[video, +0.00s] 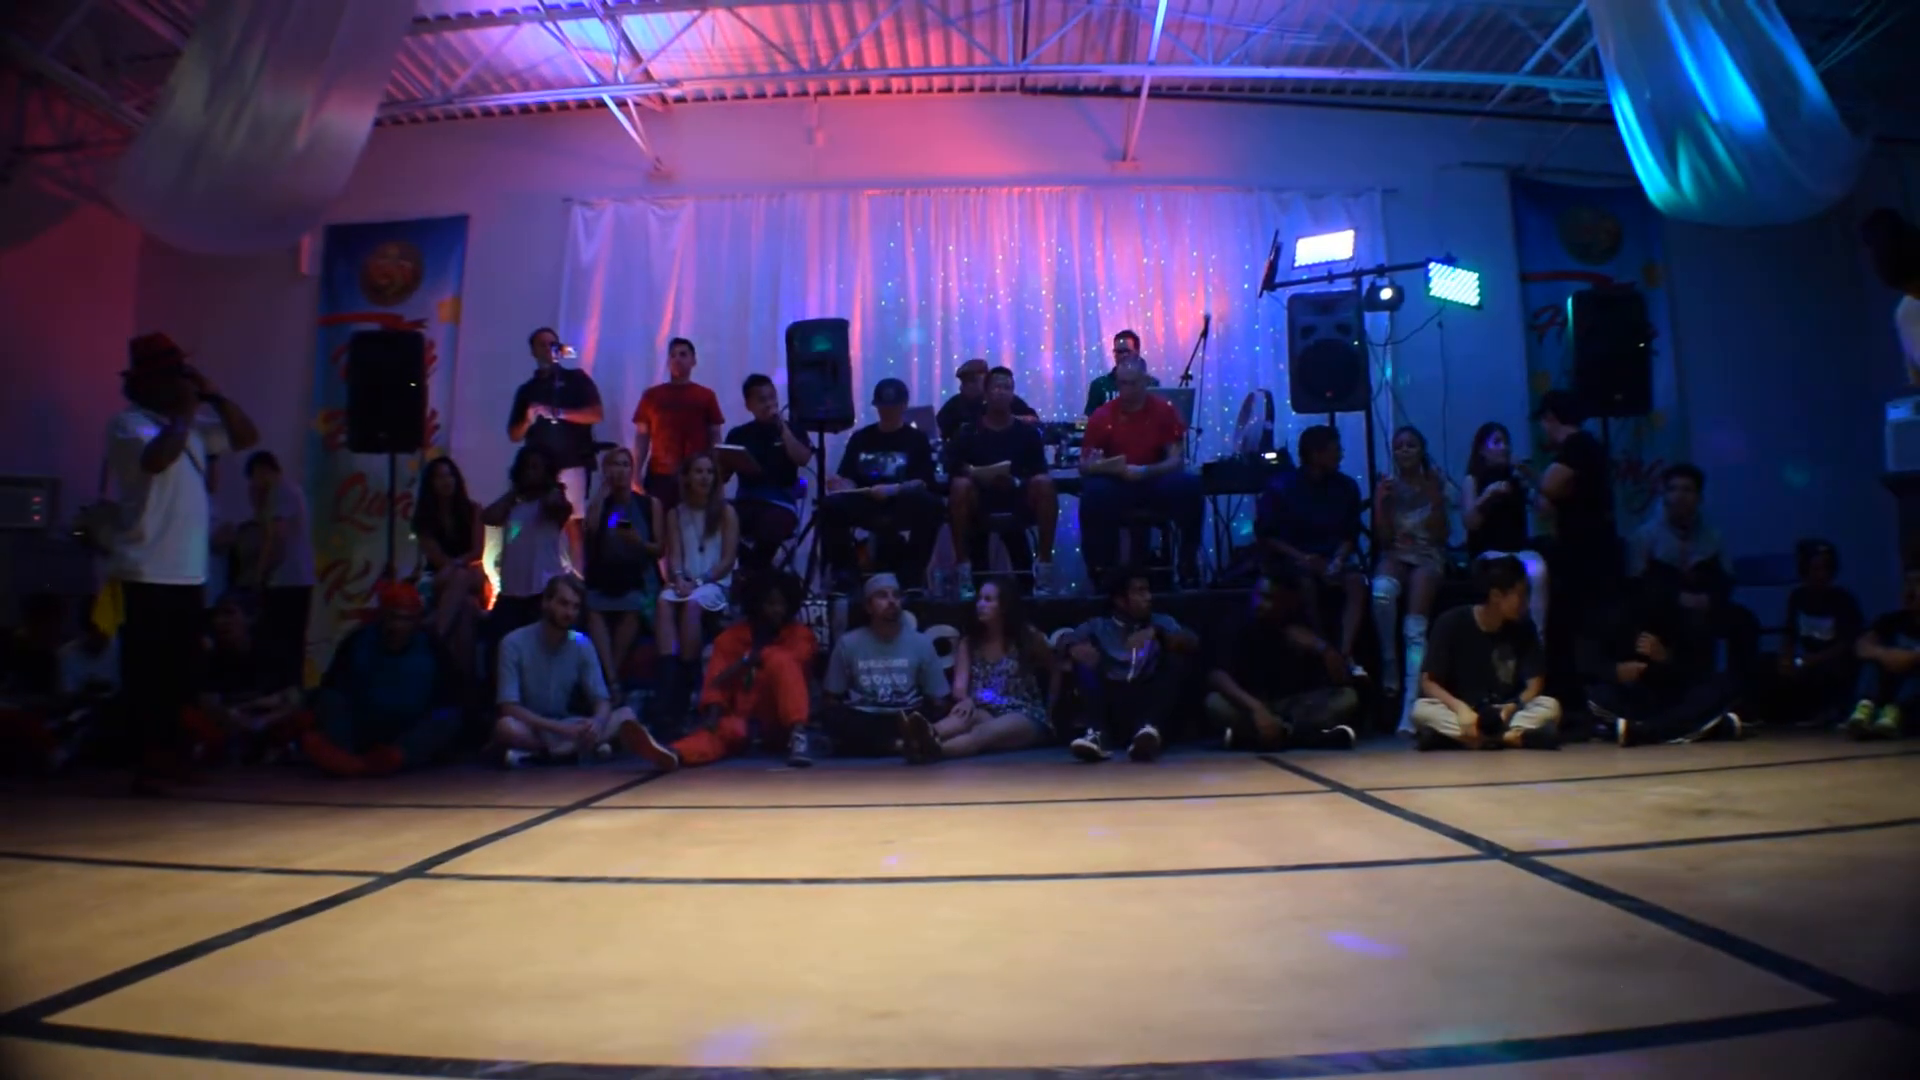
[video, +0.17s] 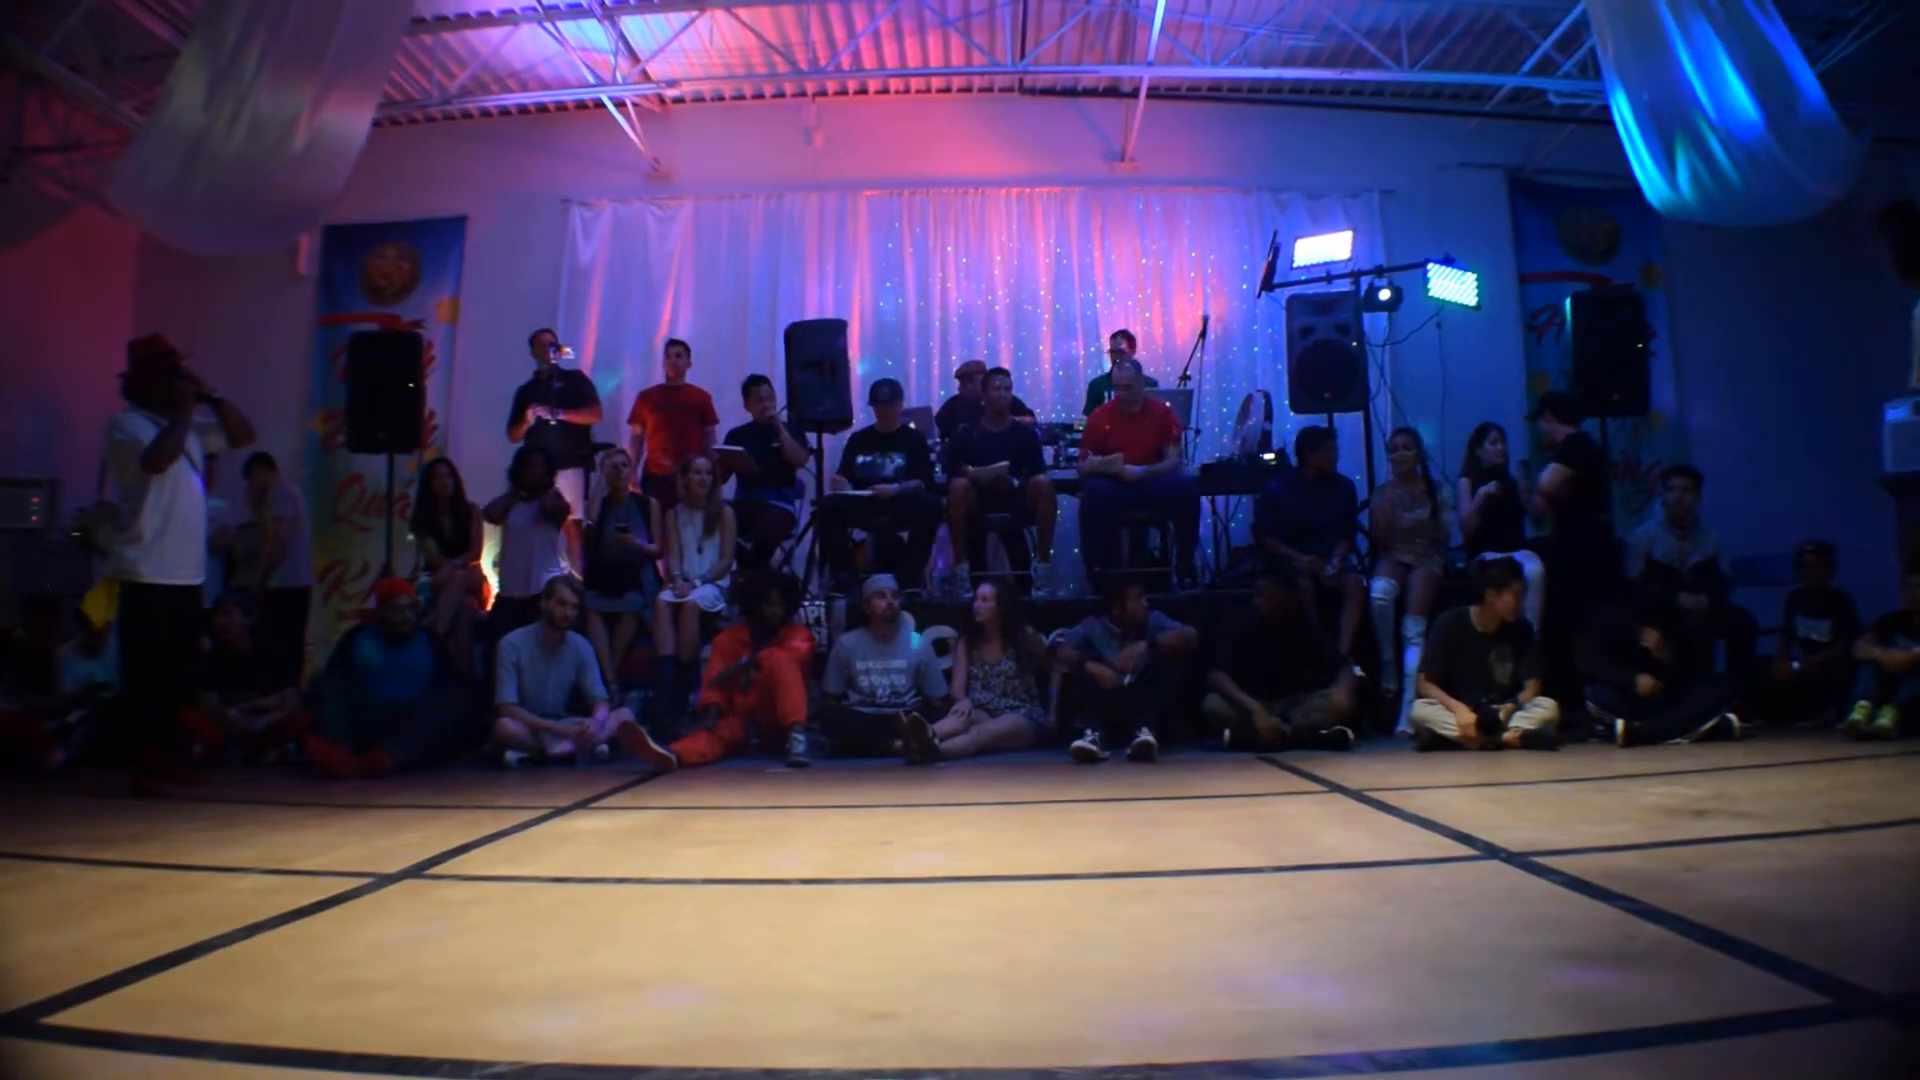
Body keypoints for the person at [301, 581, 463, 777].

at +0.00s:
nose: (399, 626)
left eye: (407, 619)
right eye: (393, 617)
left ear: (416, 619)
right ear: (382, 615)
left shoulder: (429, 646)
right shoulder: (359, 641)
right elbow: (331, 686)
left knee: (447, 718)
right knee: (330, 700)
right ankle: (340, 754)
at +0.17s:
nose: (406, 616)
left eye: (411, 608)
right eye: (397, 608)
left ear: (418, 610)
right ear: (382, 611)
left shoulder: (429, 642)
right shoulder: (357, 639)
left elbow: (447, 685)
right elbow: (331, 679)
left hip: (411, 718)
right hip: (361, 717)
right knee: (331, 687)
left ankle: (389, 755)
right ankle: (339, 752)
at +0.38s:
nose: (404, 616)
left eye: (409, 609)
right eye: (396, 609)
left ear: (416, 612)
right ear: (381, 612)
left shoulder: (427, 642)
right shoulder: (358, 638)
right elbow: (333, 675)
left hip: (410, 714)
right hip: (360, 712)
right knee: (326, 675)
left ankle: (390, 754)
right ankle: (336, 748)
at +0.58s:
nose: (405, 615)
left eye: (410, 608)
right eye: (397, 609)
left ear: (417, 611)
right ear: (382, 611)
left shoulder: (431, 645)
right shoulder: (356, 643)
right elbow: (328, 690)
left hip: (415, 720)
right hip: (361, 716)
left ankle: (394, 757)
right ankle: (335, 753)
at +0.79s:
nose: (399, 619)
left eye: (406, 612)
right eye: (392, 612)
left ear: (416, 616)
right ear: (379, 614)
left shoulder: (431, 649)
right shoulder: (353, 645)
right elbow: (329, 690)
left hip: (414, 722)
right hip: (356, 721)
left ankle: (389, 760)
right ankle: (330, 755)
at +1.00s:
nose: (391, 621)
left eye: (398, 614)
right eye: (386, 613)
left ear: (411, 617)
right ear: (376, 614)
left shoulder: (427, 650)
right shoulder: (349, 647)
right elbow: (326, 691)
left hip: (410, 726)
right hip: (353, 725)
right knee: (308, 705)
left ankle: (383, 763)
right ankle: (327, 760)